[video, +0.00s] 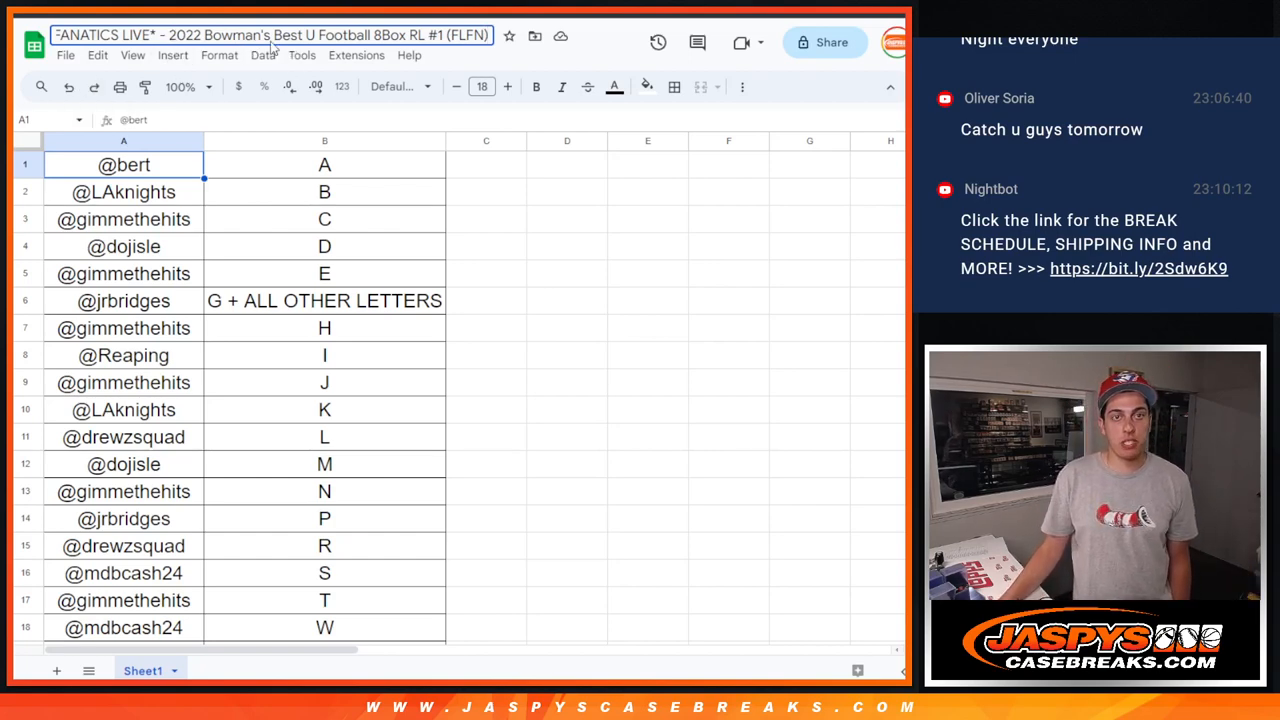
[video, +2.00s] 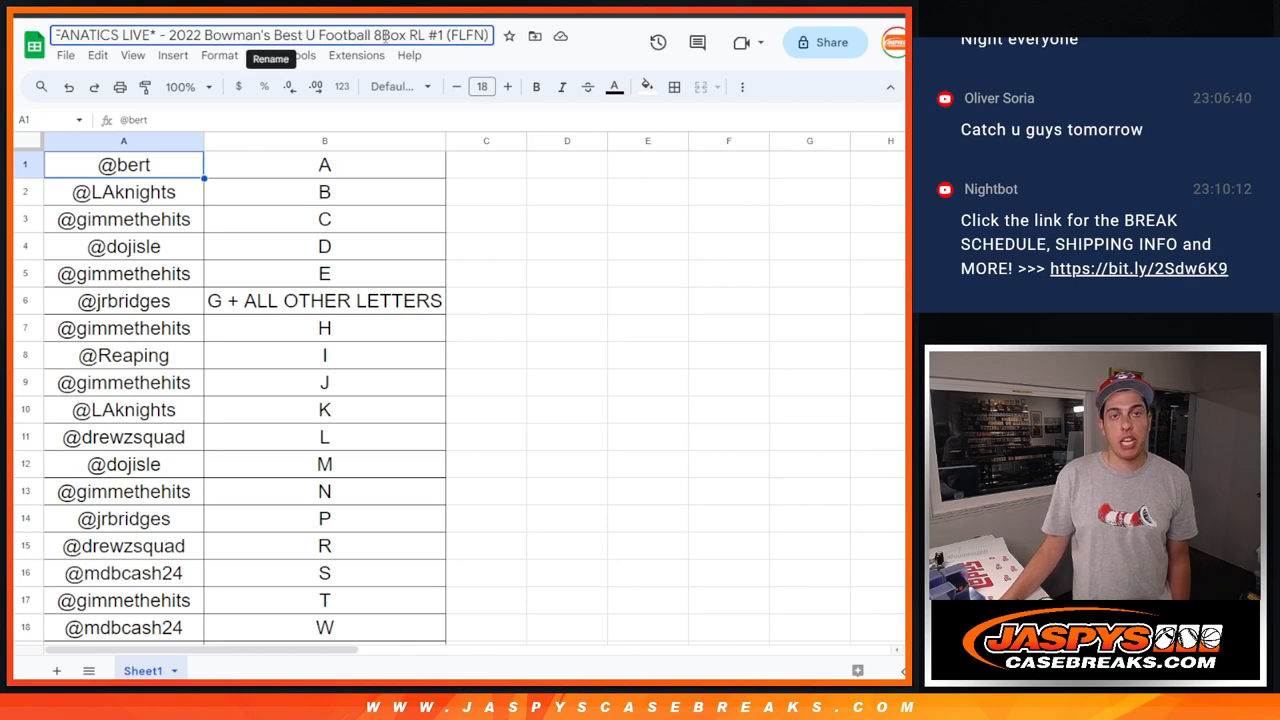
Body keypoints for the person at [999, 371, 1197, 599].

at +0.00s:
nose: (1129, 427)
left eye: (1138, 415)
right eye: (1117, 416)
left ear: (1150, 421)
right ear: (1102, 424)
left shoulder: (1174, 480)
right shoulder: (1074, 476)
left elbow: (1179, 557)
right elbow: (1051, 548)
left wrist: (1180, 612)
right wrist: (1005, 601)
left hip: (1152, 607)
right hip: (1090, 607)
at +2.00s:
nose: (1126, 424)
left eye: (1135, 413)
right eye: (1115, 415)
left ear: (1149, 421)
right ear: (1102, 425)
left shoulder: (1175, 480)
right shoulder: (1074, 475)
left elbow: (1179, 556)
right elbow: (1051, 549)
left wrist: (1180, 611)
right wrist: (1007, 599)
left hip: (1152, 606)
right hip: (1090, 606)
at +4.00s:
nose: (1126, 427)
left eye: (1136, 415)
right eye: (1114, 417)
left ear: (1150, 422)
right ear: (1102, 425)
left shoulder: (1175, 481)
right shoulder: (1074, 476)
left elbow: (1179, 558)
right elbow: (1051, 549)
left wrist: (1179, 611)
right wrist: (1007, 600)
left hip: (1153, 608)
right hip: (1090, 608)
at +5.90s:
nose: (1125, 430)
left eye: (1135, 416)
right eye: (1113, 418)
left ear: (1149, 419)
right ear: (1100, 425)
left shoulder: (1176, 481)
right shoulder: (1073, 477)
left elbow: (1180, 557)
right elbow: (1052, 549)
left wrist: (1181, 609)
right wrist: (1008, 599)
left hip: (1153, 609)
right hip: (1089, 611)